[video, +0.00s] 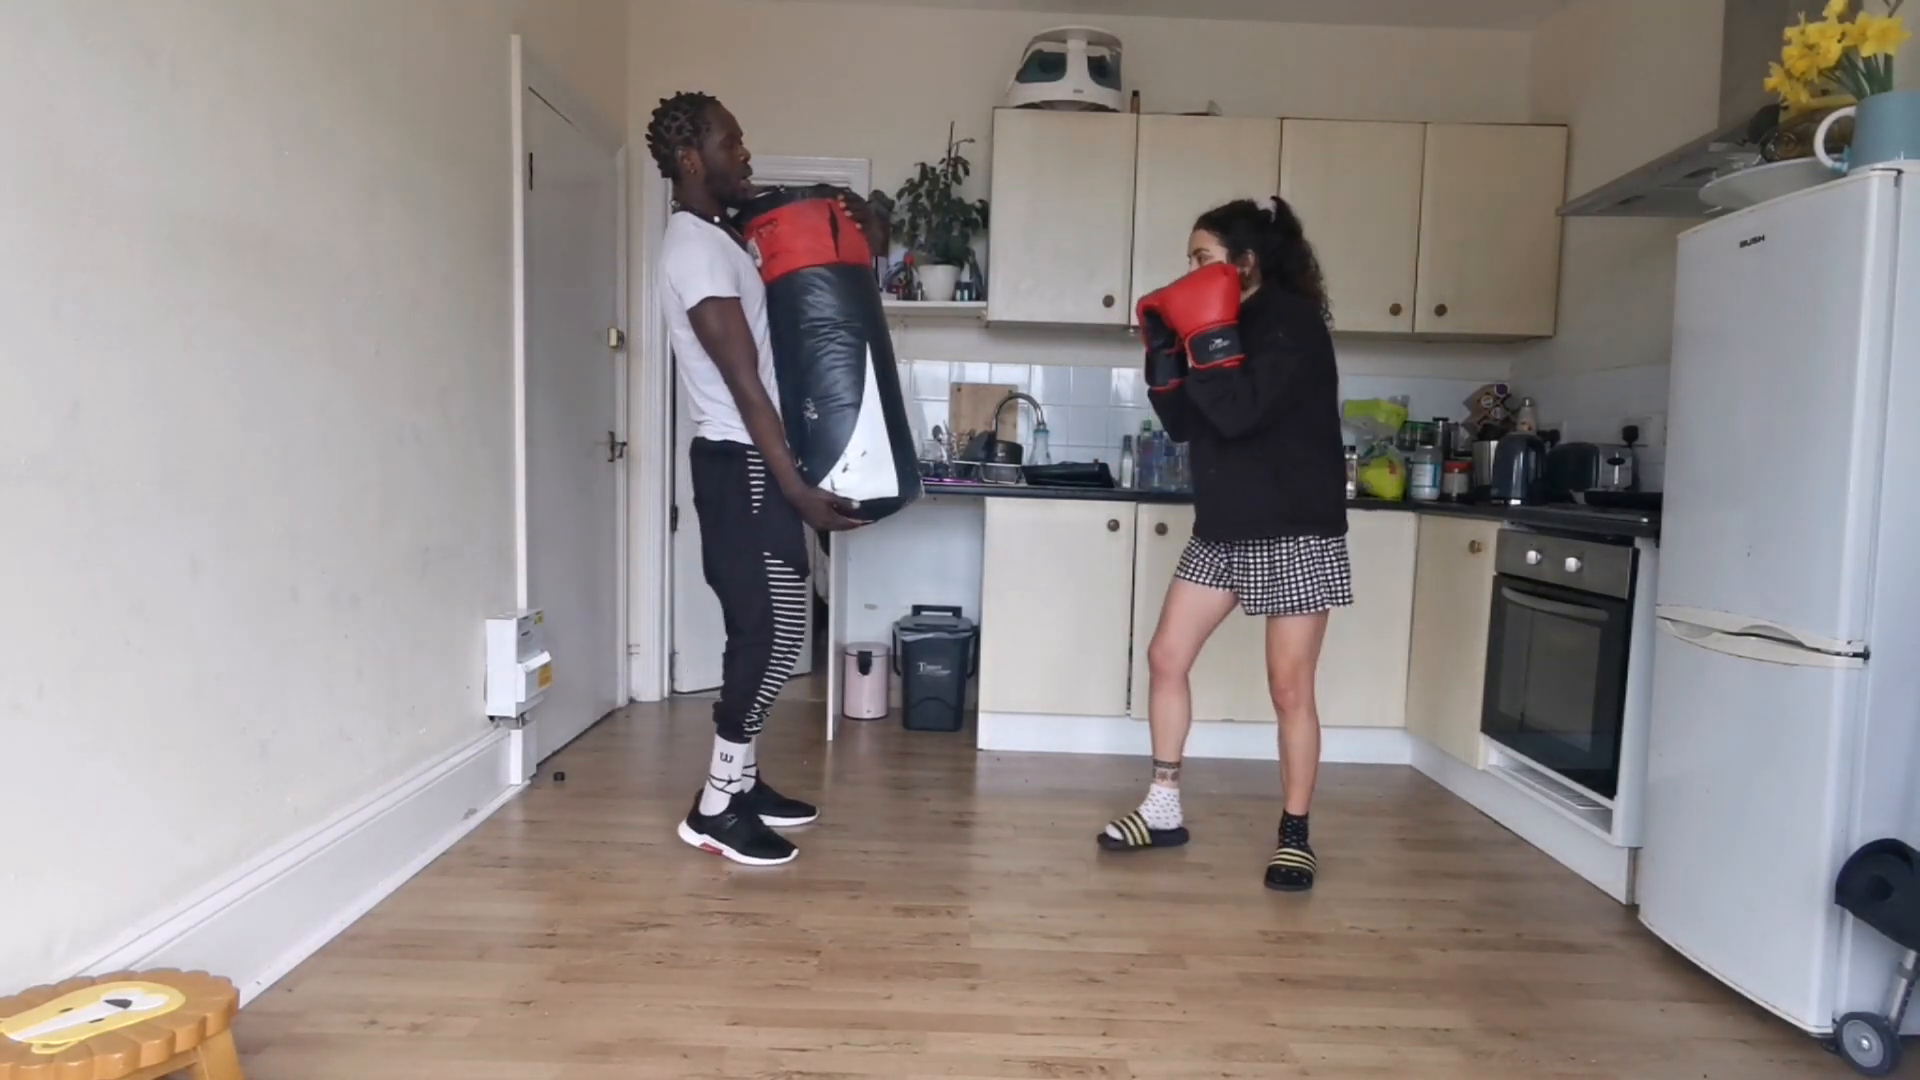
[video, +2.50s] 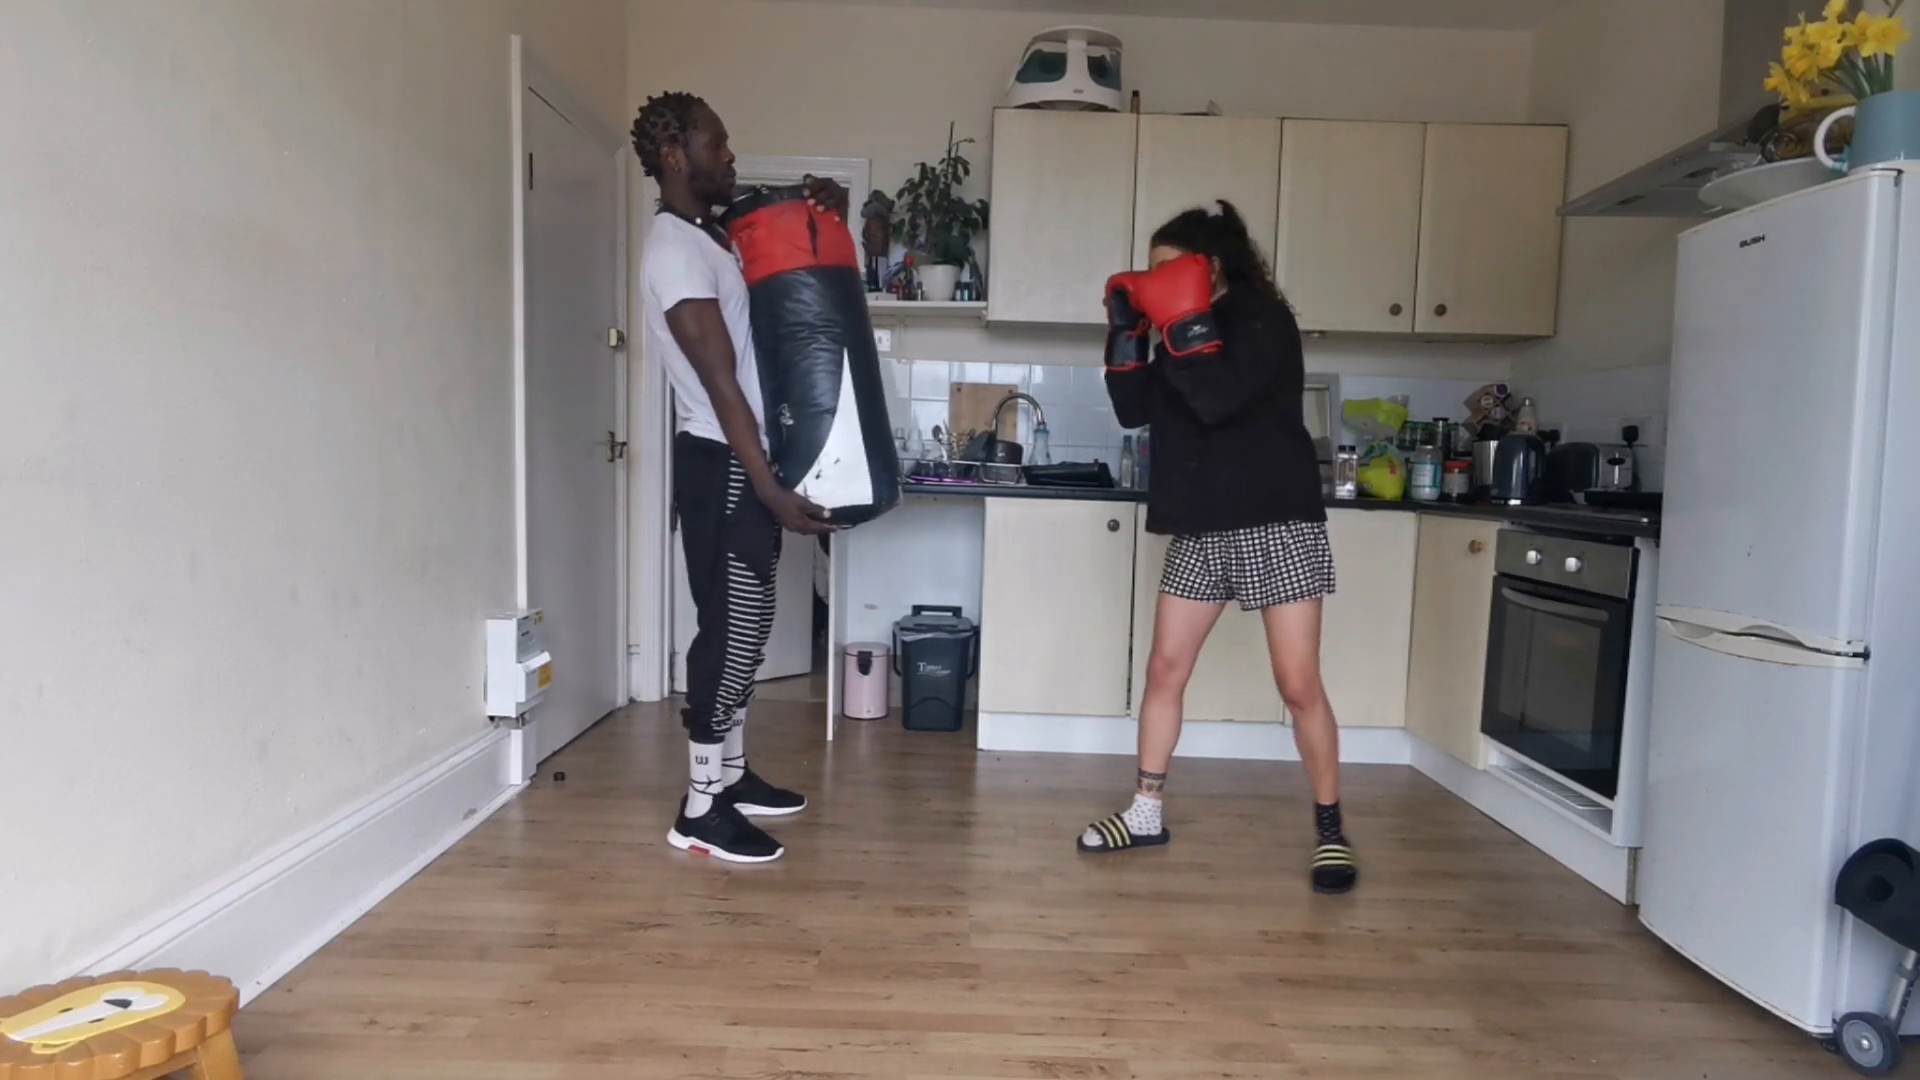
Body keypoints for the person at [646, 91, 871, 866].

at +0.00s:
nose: (746, 155)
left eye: (742, 142)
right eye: (732, 144)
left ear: (696, 158)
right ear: (690, 157)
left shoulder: (721, 238)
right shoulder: (696, 245)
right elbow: (742, 378)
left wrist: (856, 234)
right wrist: (794, 482)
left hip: (756, 456)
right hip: (737, 459)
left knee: (769, 627)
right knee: (778, 633)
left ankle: (738, 782)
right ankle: (718, 803)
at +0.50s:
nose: (735, 144)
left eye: (730, 130)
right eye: (720, 132)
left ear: (681, 148)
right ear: (676, 146)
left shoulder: (709, 233)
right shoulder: (673, 240)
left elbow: (776, 316)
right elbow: (722, 378)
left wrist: (826, 233)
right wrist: (776, 486)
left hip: (749, 450)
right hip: (713, 455)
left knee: (772, 612)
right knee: (725, 621)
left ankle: (731, 768)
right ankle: (710, 811)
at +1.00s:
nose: (723, 159)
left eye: (718, 145)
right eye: (707, 146)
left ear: (670, 159)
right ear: (664, 157)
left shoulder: (694, 240)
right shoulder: (662, 249)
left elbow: (744, 337)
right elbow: (708, 381)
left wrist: (766, 243)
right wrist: (759, 482)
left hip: (731, 452)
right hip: (706, 457)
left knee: (736, 617)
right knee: (729, 622)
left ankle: (722, 776)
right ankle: (709, 812)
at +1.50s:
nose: (723, 150)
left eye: (719, 138)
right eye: (707, 141)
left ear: (681, 156)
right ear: (667, 158)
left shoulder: (713, 231)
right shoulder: (674, 241)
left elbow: (793, 270)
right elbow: (708, 365)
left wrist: (826, 204)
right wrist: (748, 474)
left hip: (725, 451)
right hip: (696, 455)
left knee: (725, 621)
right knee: (722, 624)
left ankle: (720, 774)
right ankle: (699, 806)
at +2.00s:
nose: (727, 151)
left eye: (723, 137)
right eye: (713, 138)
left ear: (679, 150)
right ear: (670, 148)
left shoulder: (705, 234)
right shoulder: (671, 240)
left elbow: (777, 310)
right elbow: (710, 374)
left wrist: (819, 222)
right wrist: (754, 485)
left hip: (742, 452)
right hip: (705, 457)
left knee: (765, 614)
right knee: (718, 622)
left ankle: (724, 769)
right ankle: (699, 808)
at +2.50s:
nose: (730, 155)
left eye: (727, 142)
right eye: (716, 143)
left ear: (681, 155)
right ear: (672, 153)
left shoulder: (707, 236)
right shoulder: (672, 243)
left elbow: (781, 289)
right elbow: (718, 377)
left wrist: (819, 214)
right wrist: (770, 484)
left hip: (745, 450)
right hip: (717, 454)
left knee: (743, 617)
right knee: (735, 621)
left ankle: (727, 775)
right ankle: (703, 805)